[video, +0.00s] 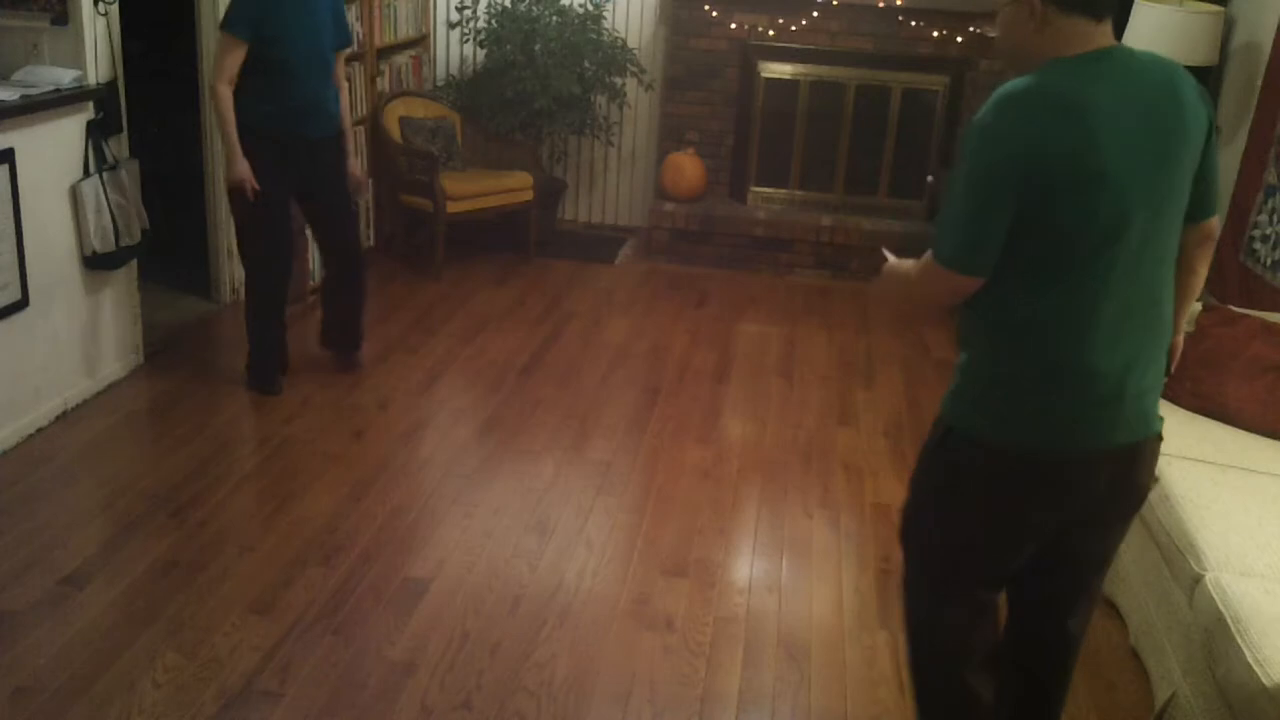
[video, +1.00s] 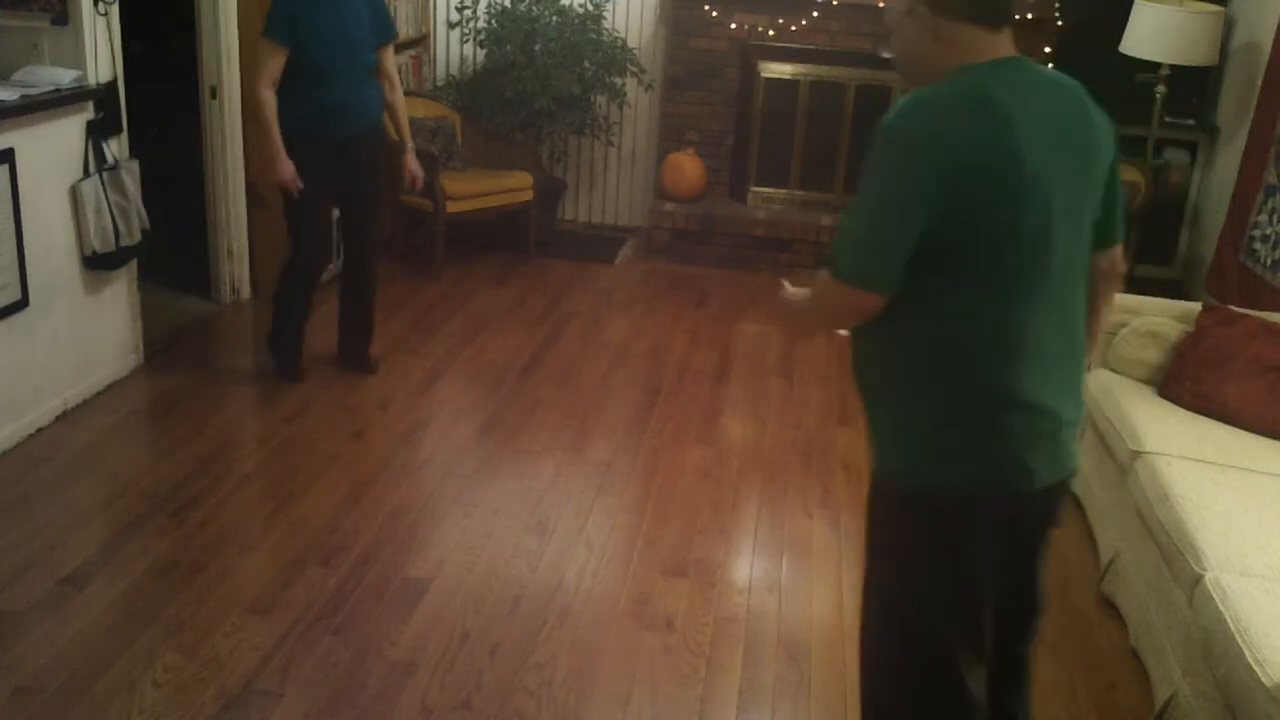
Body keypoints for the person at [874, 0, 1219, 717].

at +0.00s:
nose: (994, 27)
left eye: (999, 12)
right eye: (994, 13)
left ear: (1033, 11)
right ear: (1101, 13)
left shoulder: (1018, 110)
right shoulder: (1182, 94)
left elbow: (956, 274)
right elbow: (1200, 233)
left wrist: (901, 275)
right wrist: (1175, 328)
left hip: (1004, 439)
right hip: (1124, 443)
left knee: (945, 596)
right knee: (1051, 627)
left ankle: (957, 708)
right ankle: (1029, 711)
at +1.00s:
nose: (888, 35)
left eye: (893, 17)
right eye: (888, 19)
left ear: (927, 18)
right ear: (1001, 19)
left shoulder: (925, 119)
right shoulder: (1084, 113)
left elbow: (858, 294)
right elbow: (1106, 267)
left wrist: (803, 308)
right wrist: (1075, 369)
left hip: (936, 455)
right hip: (1042, 448)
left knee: (908, 660)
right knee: (1004, 647)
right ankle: (1004, 714)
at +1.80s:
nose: (693, 17)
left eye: (700, 6)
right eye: (693, 9)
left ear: (734, 3)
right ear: (795, 1)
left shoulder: (730, 80)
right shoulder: (863, 69)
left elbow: (688, 248)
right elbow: (884, 213)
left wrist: (630, 376)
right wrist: (834, 312)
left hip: (723, 392)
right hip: (831, 391)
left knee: (672, 550)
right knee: (794, 572)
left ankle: (673, 701)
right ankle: (781, 704)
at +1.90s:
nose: (666, 19)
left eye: (670, 8)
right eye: (665, 10)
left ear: (699, 5)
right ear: (761, 4)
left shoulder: (697, 78)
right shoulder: (830, 70)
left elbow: (660, 238)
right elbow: (847, 213)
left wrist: (599, 362)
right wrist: (795, 300)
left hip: (699, 380)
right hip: (799, 373)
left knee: (641, 542)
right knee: (776, 559)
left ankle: (580, 670)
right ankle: (776, 706)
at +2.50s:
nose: (495, 6)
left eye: (497, 2)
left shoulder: (488, 47)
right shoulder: (650, 54)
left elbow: (427, 165)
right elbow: (685, 182)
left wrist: (416, 220)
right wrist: (688, 286)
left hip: (506, 304)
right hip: (597, 305)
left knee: (523, 466)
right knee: (542, 447)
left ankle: (558, 640)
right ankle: (511, 543)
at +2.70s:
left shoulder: (461, 30)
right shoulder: (619, 43)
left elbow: (417, 146)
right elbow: (644, 164)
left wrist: (417, 210)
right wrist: (642, 253)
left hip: (470, 274)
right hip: (565, 279)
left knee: (436, 397)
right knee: (530, 419)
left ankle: (484, 539)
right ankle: (508, 553)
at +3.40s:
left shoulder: (382, 12)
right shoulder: (503, 13)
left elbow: (378, 98)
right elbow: (517, 111)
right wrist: (533, 200)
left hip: (403, 217)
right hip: (480, 214)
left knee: (413, 349)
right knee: (482, 333)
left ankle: (420, 473)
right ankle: (479, 440)